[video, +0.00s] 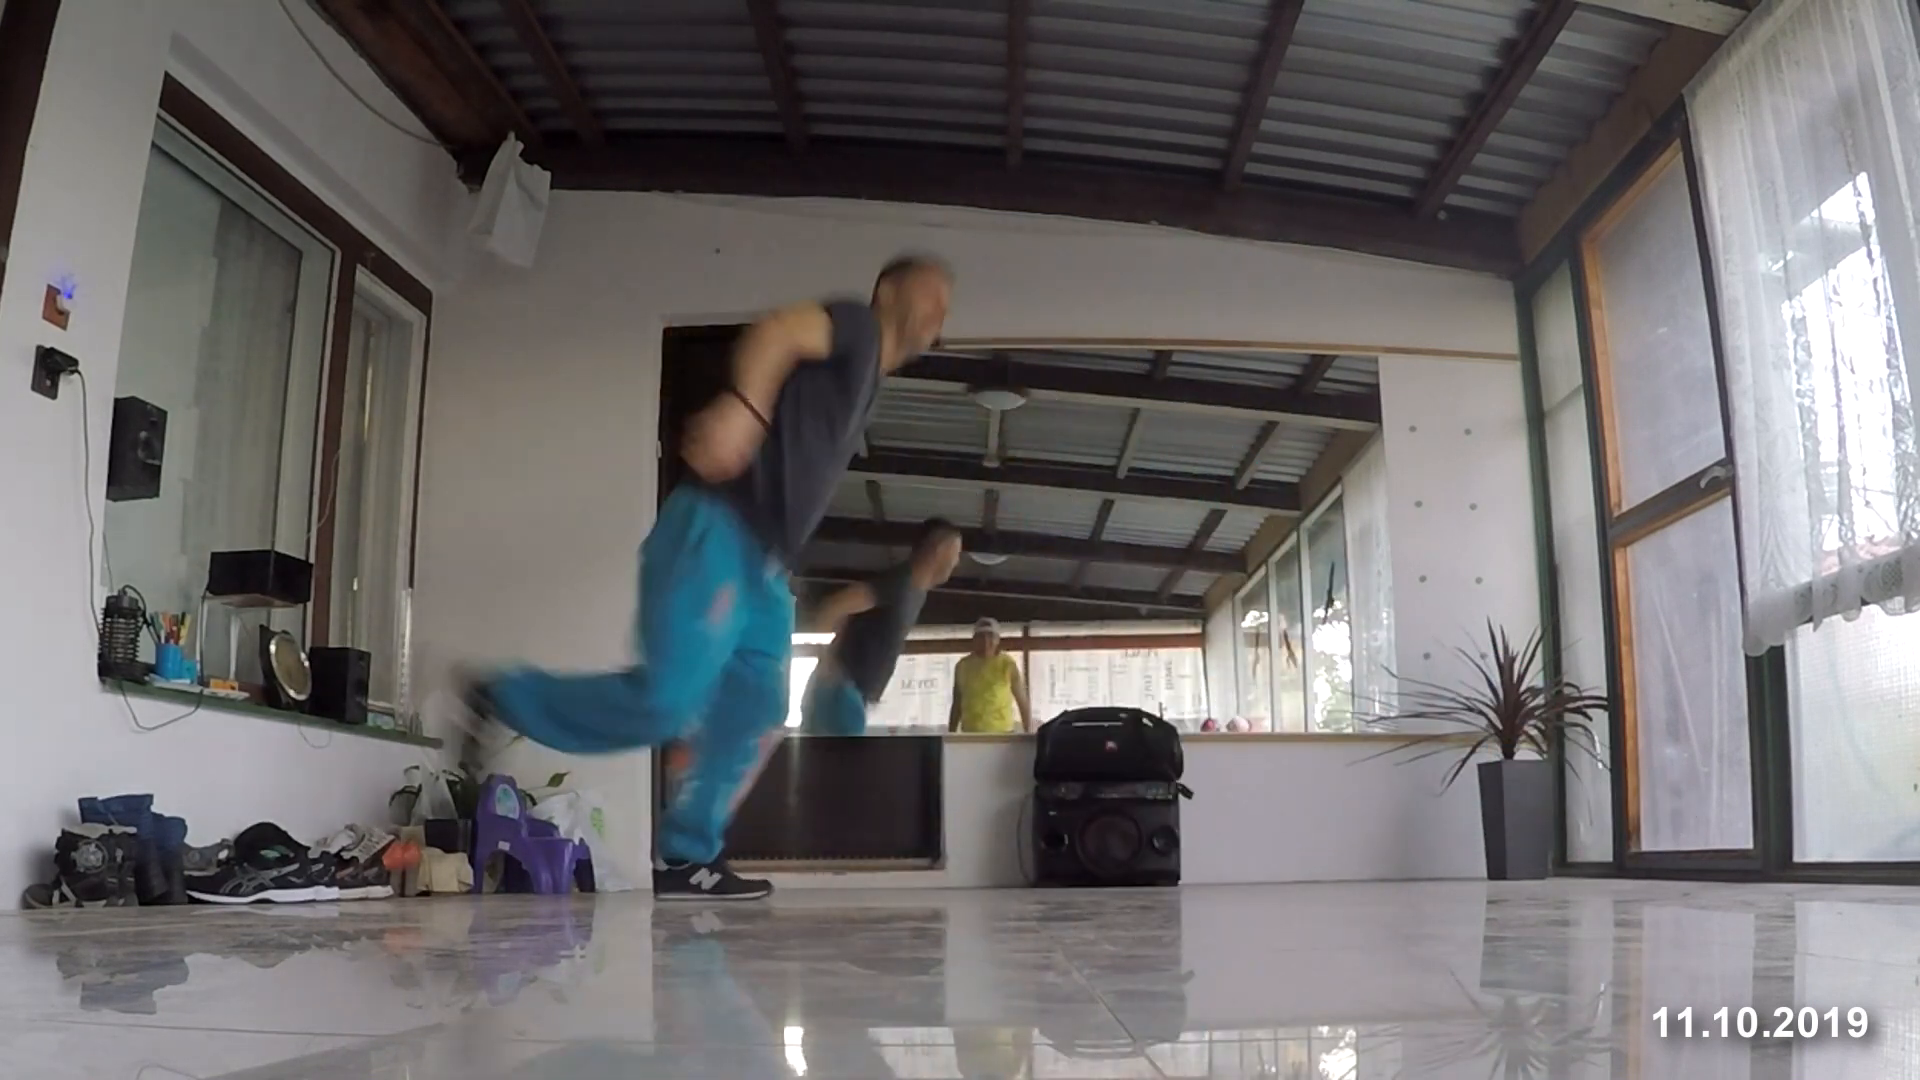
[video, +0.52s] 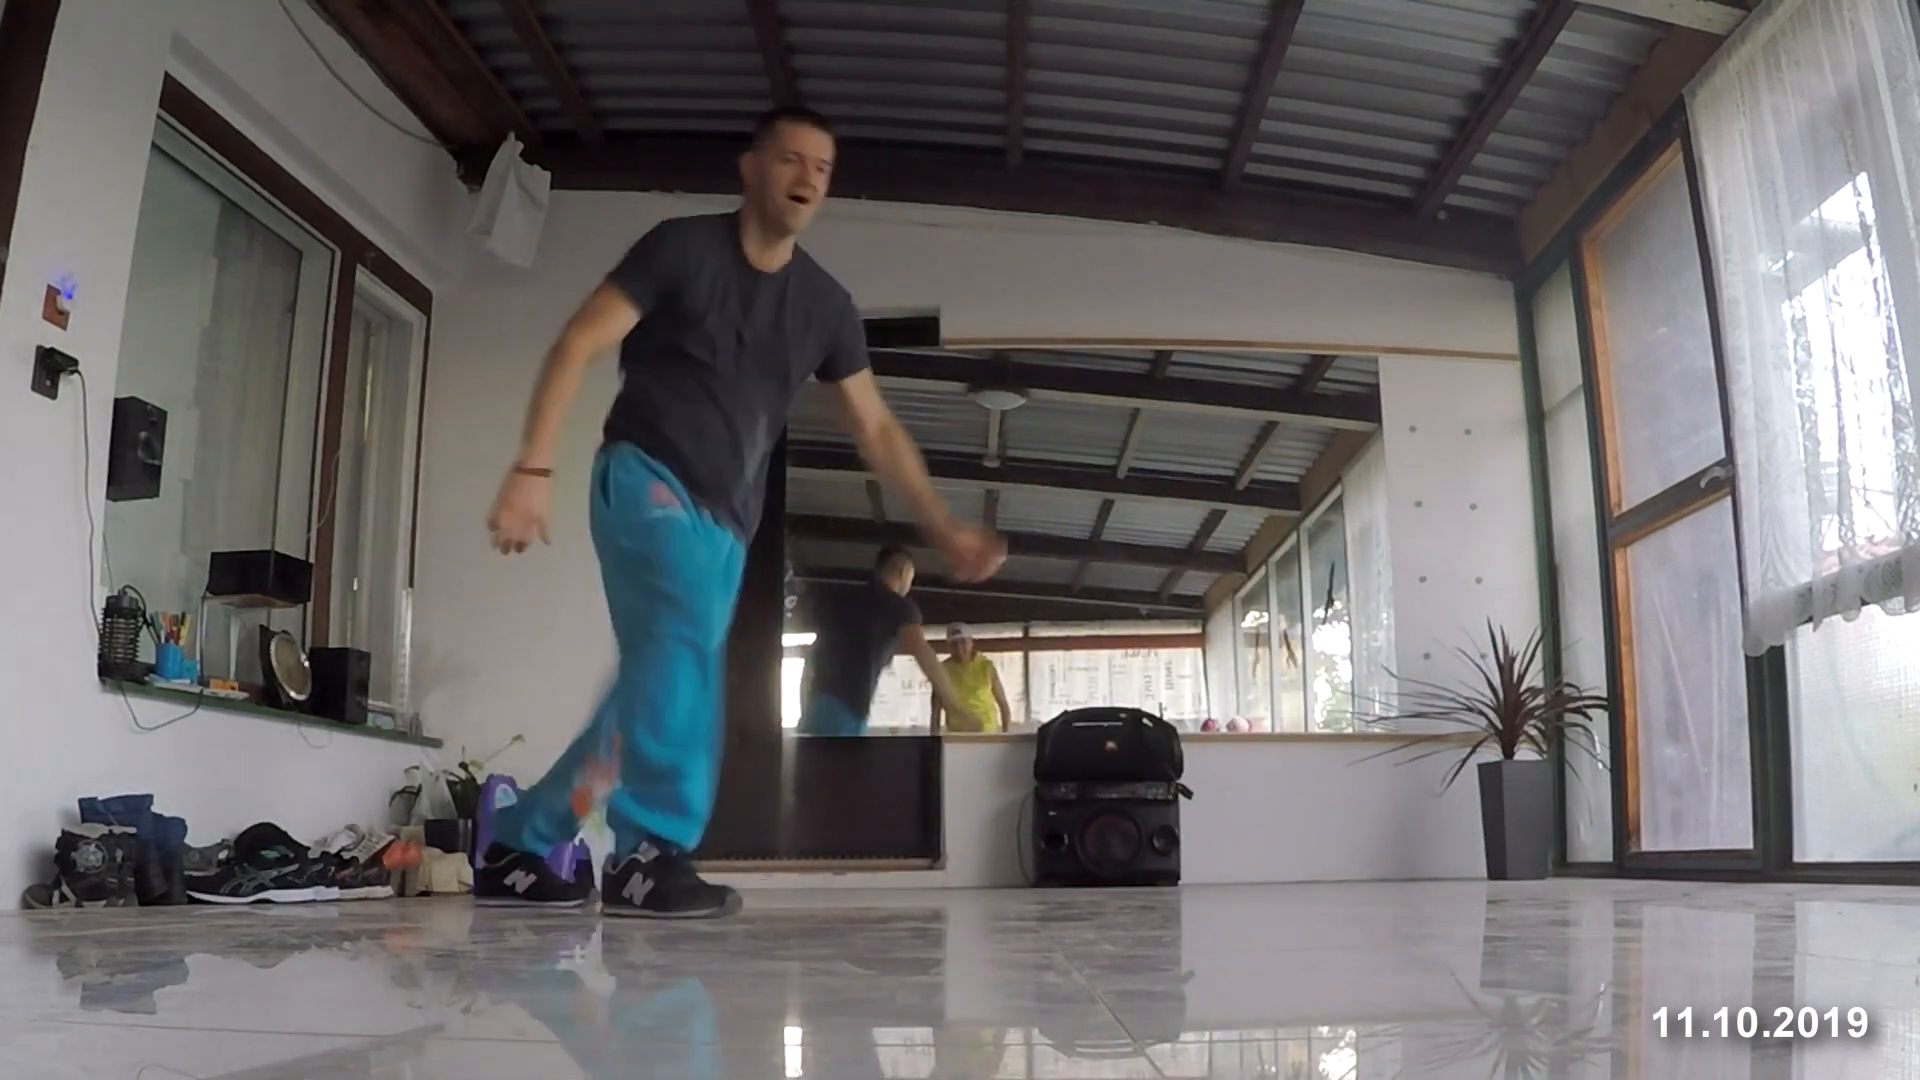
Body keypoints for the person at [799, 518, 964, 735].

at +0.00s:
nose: (957, 561)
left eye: (958, 554)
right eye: (955, 552)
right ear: (937, 548)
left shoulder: (916, 590)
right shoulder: (899, 583)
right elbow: (835, 606)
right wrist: (825, 658)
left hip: (856, 694)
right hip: (839, 690)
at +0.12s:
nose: (940, 554)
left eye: (942, 547)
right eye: (939, 545)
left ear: (923, 540)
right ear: (921, 539)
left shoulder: (902, 581)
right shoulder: (881, 571)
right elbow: (814, 582)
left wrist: (880, 664)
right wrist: (782, 605)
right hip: (834, 685)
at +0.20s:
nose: (938, 549)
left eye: (940, 542)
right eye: (938, 539)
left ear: (921, 532)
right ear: (921, 531)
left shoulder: (895, 570)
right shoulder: (883, 560)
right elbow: (818, 579)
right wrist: (787, 610)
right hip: (833, 676)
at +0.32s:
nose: (931, 545)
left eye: (934, 538)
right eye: (933, 535)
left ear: (916, 524)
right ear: (920, 525)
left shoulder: (877, 546)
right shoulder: (890, 555)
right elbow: (852, 602)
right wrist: (851, 666)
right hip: (836, 657)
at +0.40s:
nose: (922, 556)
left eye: (926, 549)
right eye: (923, 547)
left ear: (894, 534)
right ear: (910, 539)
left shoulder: (858, 560)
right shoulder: (896, 569)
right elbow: (885, 626)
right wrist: (906, 682)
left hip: (815, 661)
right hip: (842, 668)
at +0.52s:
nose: (910, 586)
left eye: (912, 580)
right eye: (911, 579)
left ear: (878, 570)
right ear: (901, 574)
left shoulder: (842, 597)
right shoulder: (898, 606)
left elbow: (811, 661)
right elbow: (922, 652)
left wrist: (807, 711)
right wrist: (955, 706)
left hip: (816, 700)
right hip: (846, 707)